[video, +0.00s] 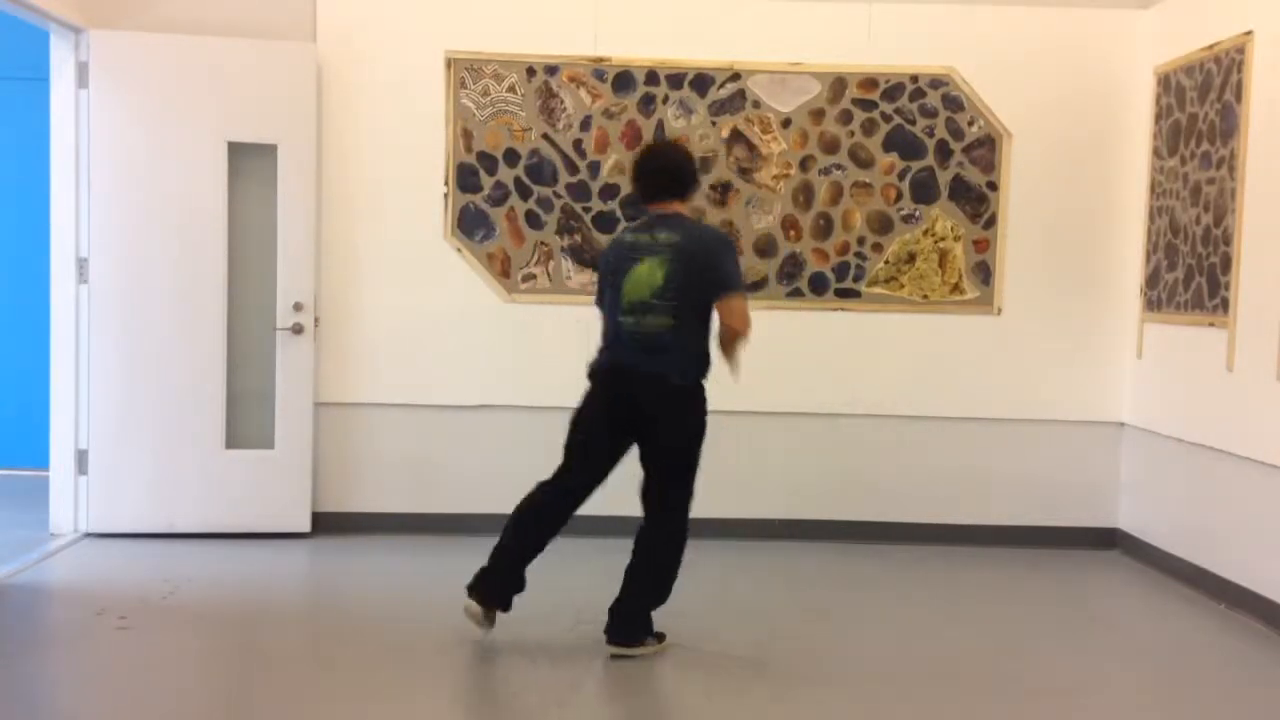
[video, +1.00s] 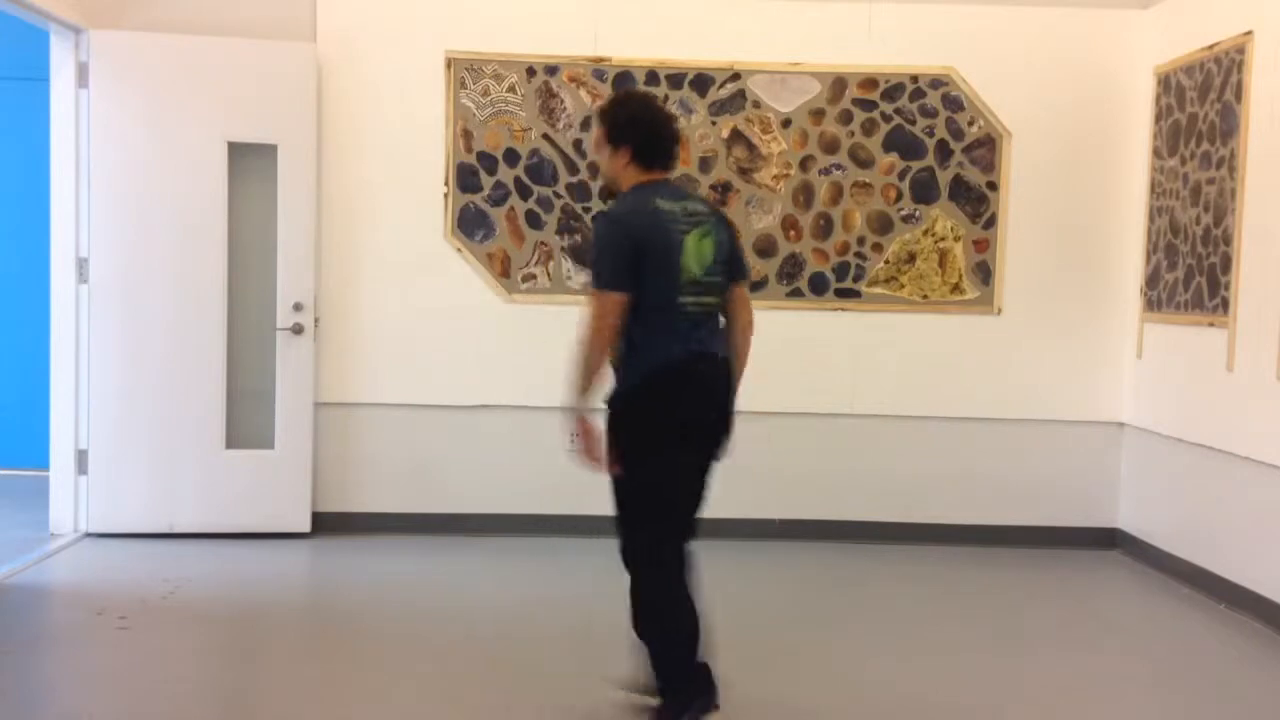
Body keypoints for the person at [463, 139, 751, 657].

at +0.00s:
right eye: (689, 183)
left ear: (639, 190)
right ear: (690, 187)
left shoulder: (620, 246)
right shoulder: (711, 243)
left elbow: (612, 316)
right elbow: (736, 324)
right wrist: (728, 344)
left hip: (613, 390)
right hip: (675, 398)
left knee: (567, 486)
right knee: (666, 514)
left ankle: (491, 587)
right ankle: (629, 627)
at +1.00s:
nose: (595, 155)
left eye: (599, 144)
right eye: (596, 144)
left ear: (622, 150)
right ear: (663, 150)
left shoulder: (621, 221)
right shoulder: (709, 215)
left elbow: (607, 323)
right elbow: (740, 316)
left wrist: (581, 402)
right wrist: (725, 394)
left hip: (649, 398)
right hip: (708, 395)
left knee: (649, 544)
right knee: (666, 535)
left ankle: (684, 688)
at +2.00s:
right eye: (898, 173)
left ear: (832, 182)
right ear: (898, 180)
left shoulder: (802, 256)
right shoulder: (928, 248)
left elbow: (749, 347)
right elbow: (977, 351)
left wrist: (703, 424)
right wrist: (1014, 423)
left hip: (834, 442)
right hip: (909, 438)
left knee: (880, 575)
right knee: (955, 583)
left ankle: (894, 697)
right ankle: (890, 698)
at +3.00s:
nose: (517, 195)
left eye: (518, 187)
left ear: (522, 190)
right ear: (586, 188)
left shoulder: (500, 256)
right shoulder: (628, 263)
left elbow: (469, 353)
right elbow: (618, 355)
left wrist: (459, 411)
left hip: (510, 434)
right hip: (592, 437)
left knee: (464, 567)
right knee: (595, 577)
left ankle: (426, 704)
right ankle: (652, 697)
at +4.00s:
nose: (522, 213)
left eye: (523, 203)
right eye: (521, 202)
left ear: (464, 185)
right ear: (506, 194)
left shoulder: (409, 226)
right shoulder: (510, 235)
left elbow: (323, 269)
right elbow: (535, 319)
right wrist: (586, 403)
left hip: (397, 396)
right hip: (469, 398)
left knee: (409, 531)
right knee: (516, 527)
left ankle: (387, 672)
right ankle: (506, 662)